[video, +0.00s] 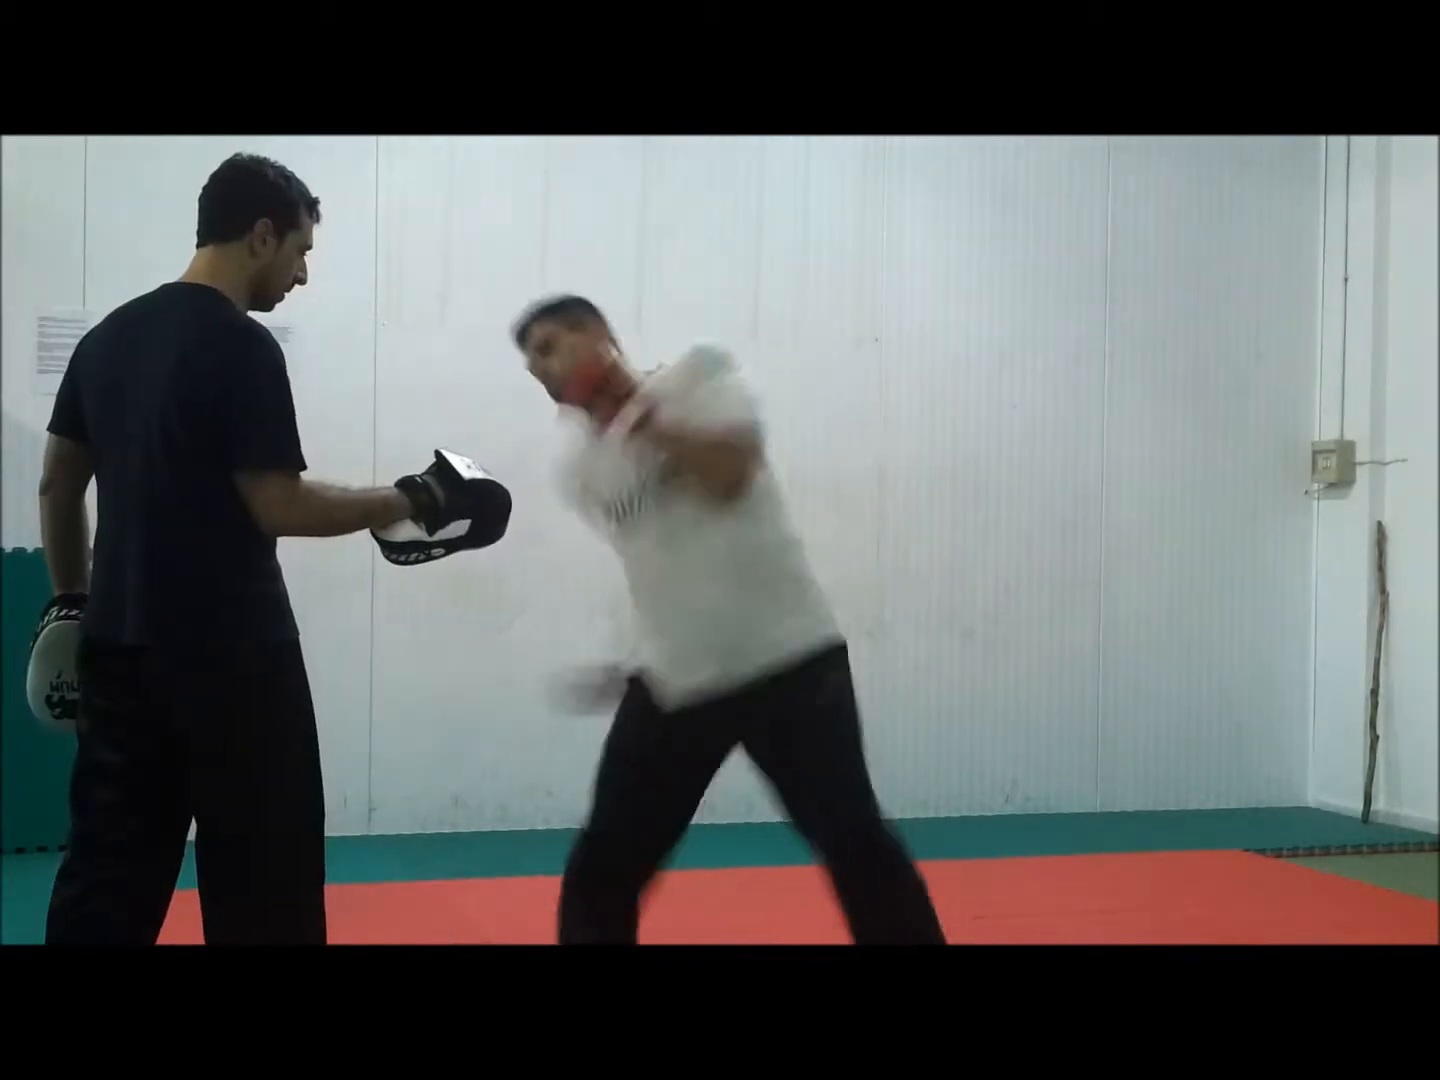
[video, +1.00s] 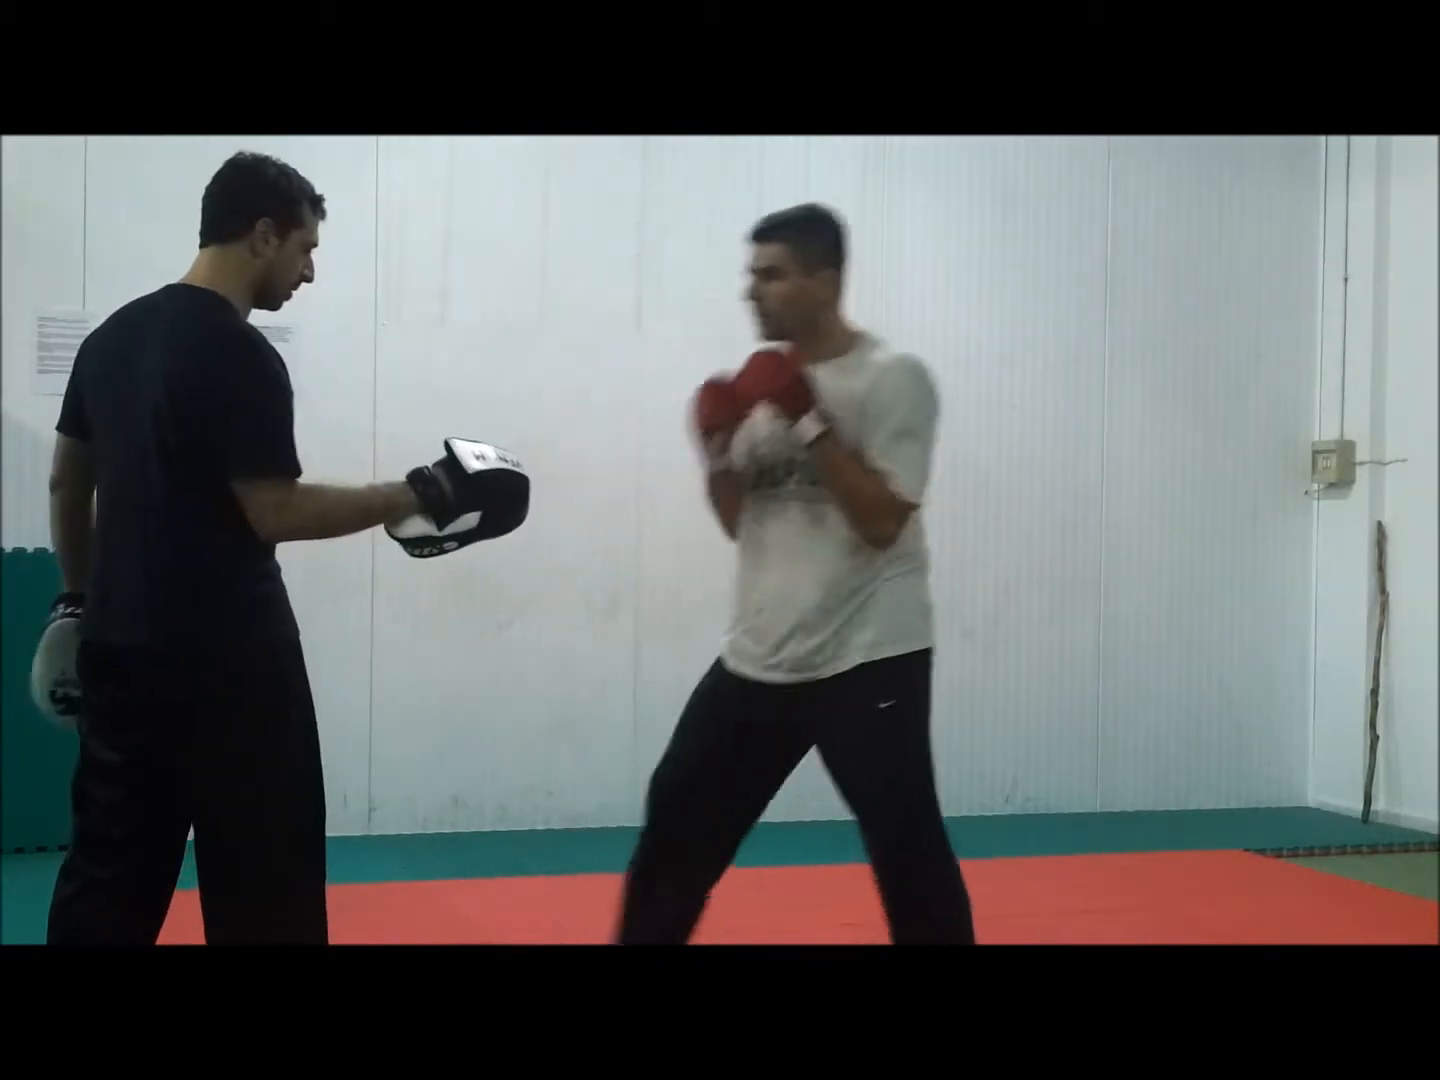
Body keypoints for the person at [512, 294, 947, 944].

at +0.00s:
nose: (542, 371)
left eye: (546, 347)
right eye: (532, 363)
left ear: (598, 333)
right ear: (543, 384)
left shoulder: (698, 376)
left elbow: (734, 473)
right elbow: (667, 569)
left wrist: (653, 424)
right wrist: (636, 666)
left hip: (788, 662)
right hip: (678, 684)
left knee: (858, 849)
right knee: (600, 878)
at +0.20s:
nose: (514, 358)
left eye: (518, 337)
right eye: (500, 361)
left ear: (561, 329)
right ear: (508, 384)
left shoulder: (669, 383)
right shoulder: (535, 448)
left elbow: (741, 477)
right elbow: (586, 570)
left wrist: (645, 413)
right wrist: (601, 466)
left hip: (760, 638)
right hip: (646, 667)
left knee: (863, 799)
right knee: (601, 862)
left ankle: (867, 938)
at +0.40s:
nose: (497, 348)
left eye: (504, 324)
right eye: (485, 339)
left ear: (555, 309)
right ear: (488, 352)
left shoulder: (658, 361)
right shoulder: (534, 437)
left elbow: (707, 484)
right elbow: (566, 565)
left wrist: (598, 419)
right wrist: (550, 566)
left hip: (741, 633)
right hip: (631, 664)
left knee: (821, 822)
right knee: (582, 854)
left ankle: (871, 941)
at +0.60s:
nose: (538, 327)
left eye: (550, 305)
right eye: (533, 311)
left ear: (605, 296)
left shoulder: (687, 369)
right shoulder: (598, 405)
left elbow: (711, 506)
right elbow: (632, 539)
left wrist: (606, 438)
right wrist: (564, 518)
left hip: (749, 640)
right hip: (652, 657)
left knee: (824, 829)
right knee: (605, 844)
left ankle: (897, 941)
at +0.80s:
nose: (654, 313)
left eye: (670, 294)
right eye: (652, 297)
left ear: (721, 294)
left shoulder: (798, 385)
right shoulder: (683, 401)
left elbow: (799, 528)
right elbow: (682, 533)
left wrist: (714, 454)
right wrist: (636, 487)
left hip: (802, 669)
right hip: (698, 674)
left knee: (864, 856)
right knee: (621, 874)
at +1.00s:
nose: (751, 291)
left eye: (769, 274)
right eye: (750, 276)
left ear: (826, 278)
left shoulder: (894, 379)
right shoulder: (760, 385)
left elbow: (884, 522)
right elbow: (739, 524)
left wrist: (808, 417)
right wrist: (717, 446)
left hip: (870, 657)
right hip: (762, 656)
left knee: (909, 851)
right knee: (678, 823)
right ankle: (641, 943)